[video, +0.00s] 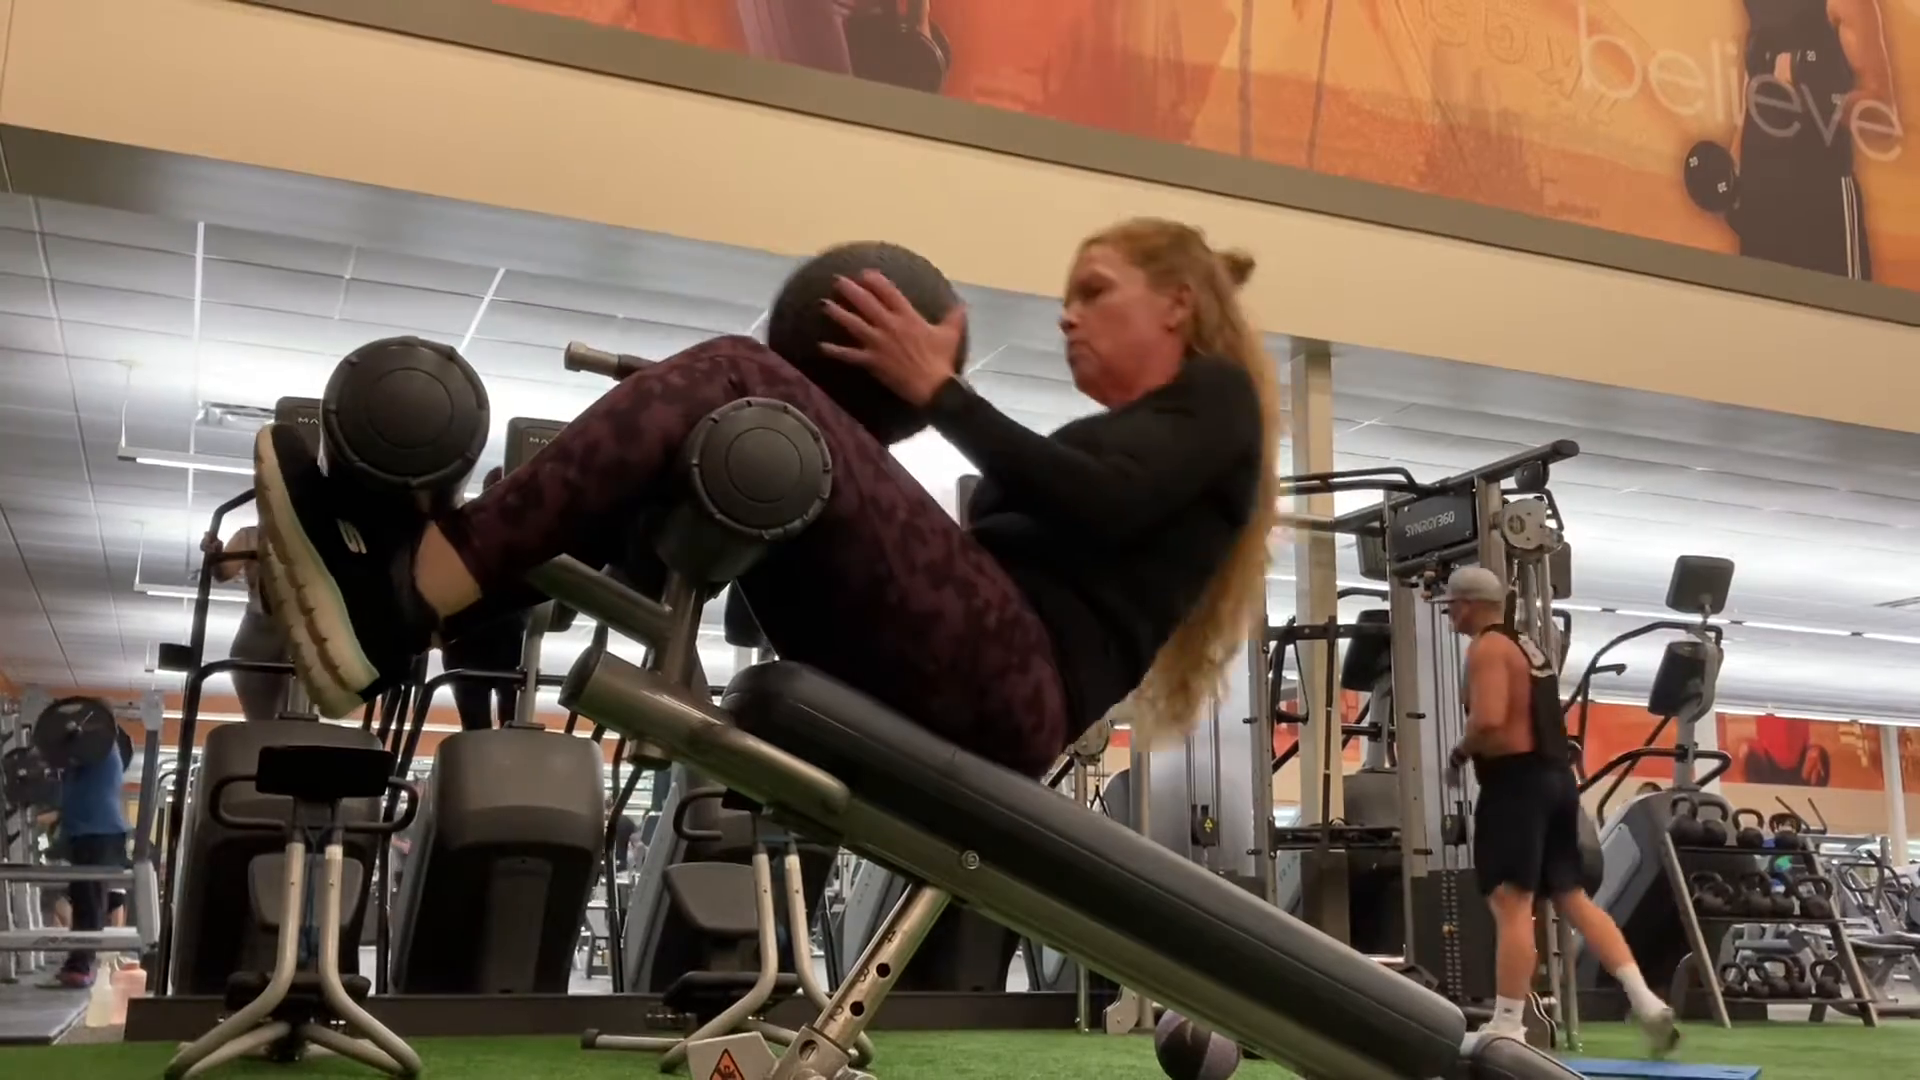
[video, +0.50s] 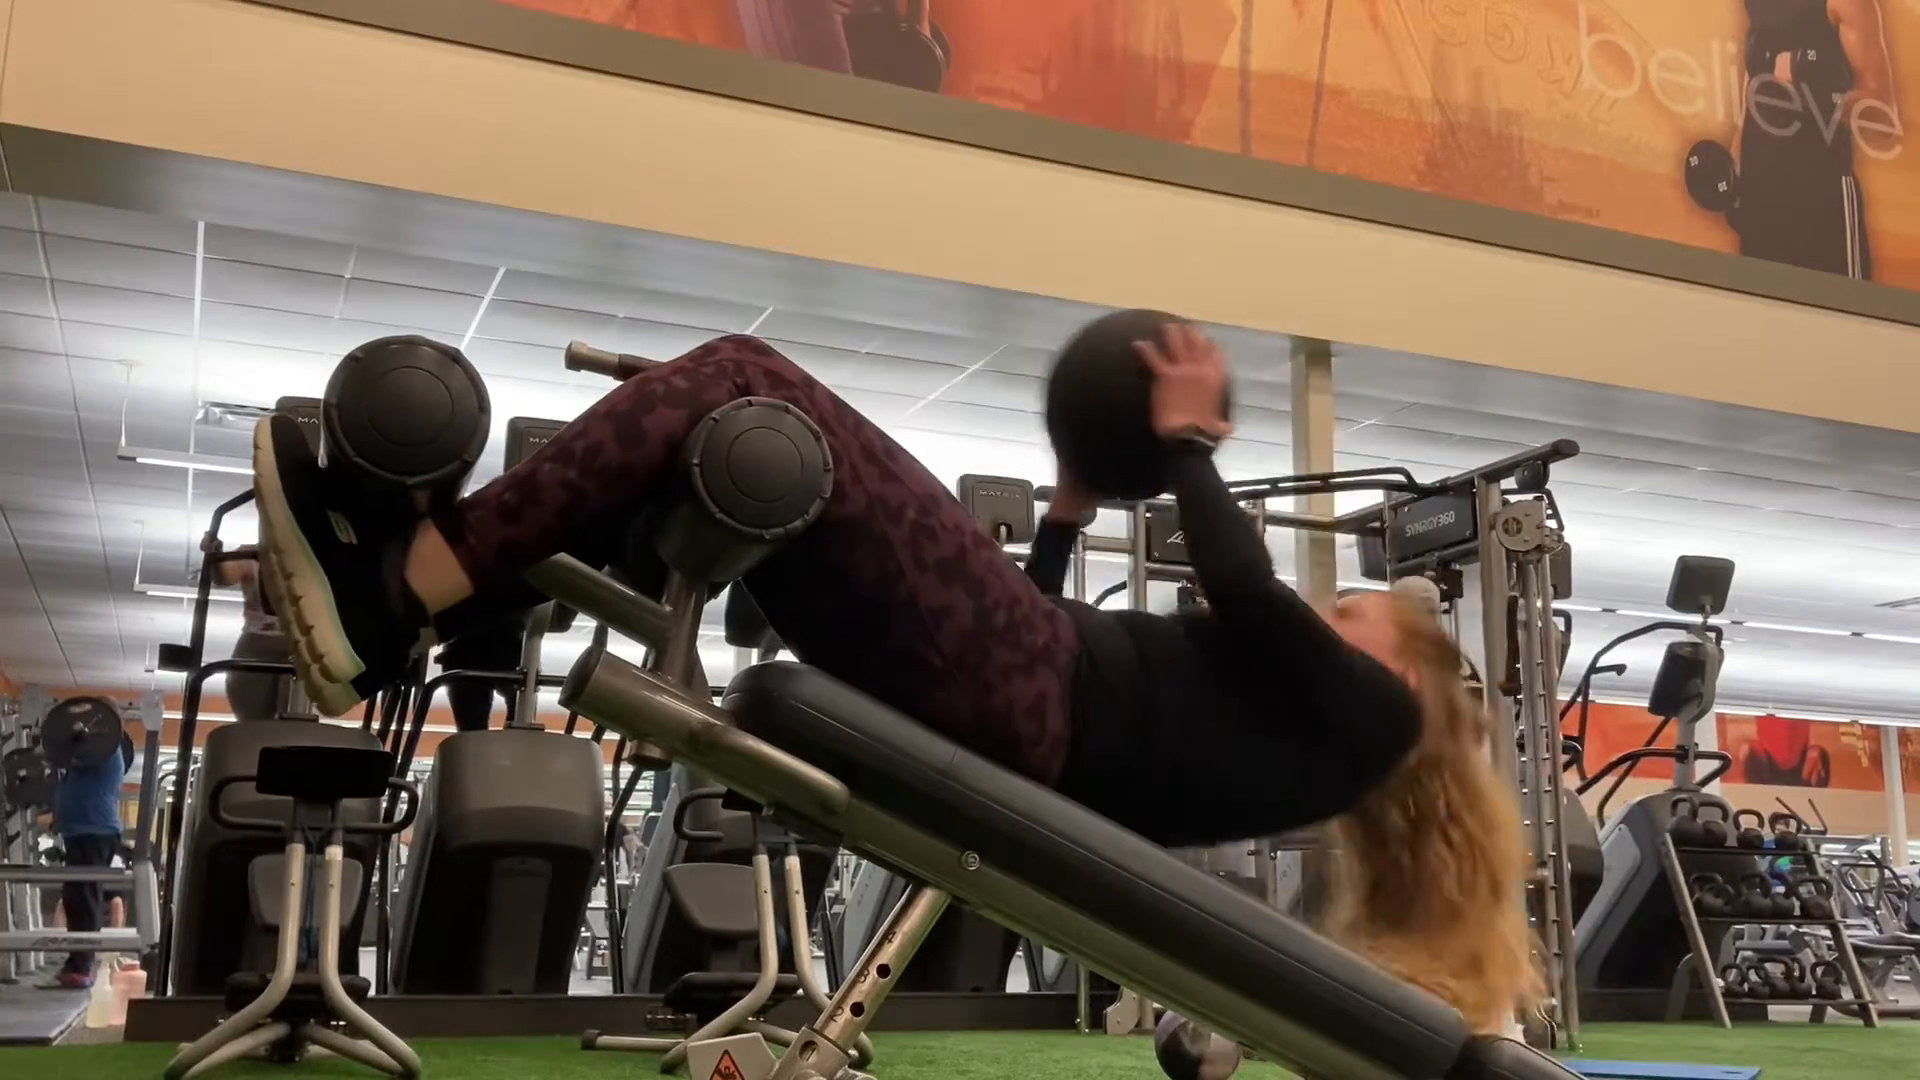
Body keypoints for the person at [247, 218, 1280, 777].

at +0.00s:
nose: (1068, 327)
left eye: (1091, 302)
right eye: (1070, 307)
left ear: (1176, 308)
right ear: (1128, 324)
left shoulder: (1216, 397)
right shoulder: (1121, 432)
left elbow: (1097, 497)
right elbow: (997, 542)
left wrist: (946, 396)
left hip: (1016, 677)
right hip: (958, 659)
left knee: (755, 381)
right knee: (747, 399)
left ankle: (421, 594)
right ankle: (422, 571)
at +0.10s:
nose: (1123, 367)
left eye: (1150, 345)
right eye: (1126, 351)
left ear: (1234, 359)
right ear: (1178, 374)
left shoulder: (1269, 449)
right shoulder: (1145, 478)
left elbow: (1141, 527)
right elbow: (919, 531)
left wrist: (989, 423)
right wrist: (693, 401)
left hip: (1017, 680)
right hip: (953, 651)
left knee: (752, 373)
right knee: (735, 394)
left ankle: (428, 584)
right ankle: (401, 586)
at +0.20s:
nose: (1182, 420)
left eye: (1212, 403)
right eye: (1186, 405)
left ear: (1288, 424)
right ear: (1225, 431)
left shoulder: (1309, 509)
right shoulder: (1210, 523)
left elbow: (1152, 555)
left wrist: (1032, 440)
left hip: (1029, 679)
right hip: (980, 667)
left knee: (747, 381)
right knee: (730, 393)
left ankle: (436, 579)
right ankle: (420, 575)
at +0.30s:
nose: (1239, 477)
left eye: (1269, 468)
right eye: (1247, 464)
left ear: (1341, 506)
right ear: (1258, 494)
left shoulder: (1336, 584)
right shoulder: (1208, 577)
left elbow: (1185, 575)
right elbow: (972, 497)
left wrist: (1072, 446)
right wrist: (1029, 396)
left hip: (1025, 685)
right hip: (964, 673)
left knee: (738, 387)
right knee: (734, 379)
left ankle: (421, 582)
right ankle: (436, 566)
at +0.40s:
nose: (1293, 537)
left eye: (1325, 533)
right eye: (1306, 524)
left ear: (1379, 590)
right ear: (1318, 568)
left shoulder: (1358, 652)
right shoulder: (1266, 648)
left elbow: (1215, 584)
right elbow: (1073, 635)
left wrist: (1128, 442)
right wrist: (1011, 517)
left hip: (1036, 677)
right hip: (996, 657)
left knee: (745, 377)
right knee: (727, 376)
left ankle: (426, 584)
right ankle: (421, 570)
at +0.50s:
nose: (1351, 590)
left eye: (1380, 601)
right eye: (1365, 585)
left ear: (1404, 684)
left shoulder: (1371, 717)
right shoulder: (1263, 694)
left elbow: (1242, 583)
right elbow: (1051, 616)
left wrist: (1193, 441)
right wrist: (1075, 505)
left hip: (1031, 691)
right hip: (1000, 670)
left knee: (748, 385)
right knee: (739, 387)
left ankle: (417, 582)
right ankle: (417, 572)